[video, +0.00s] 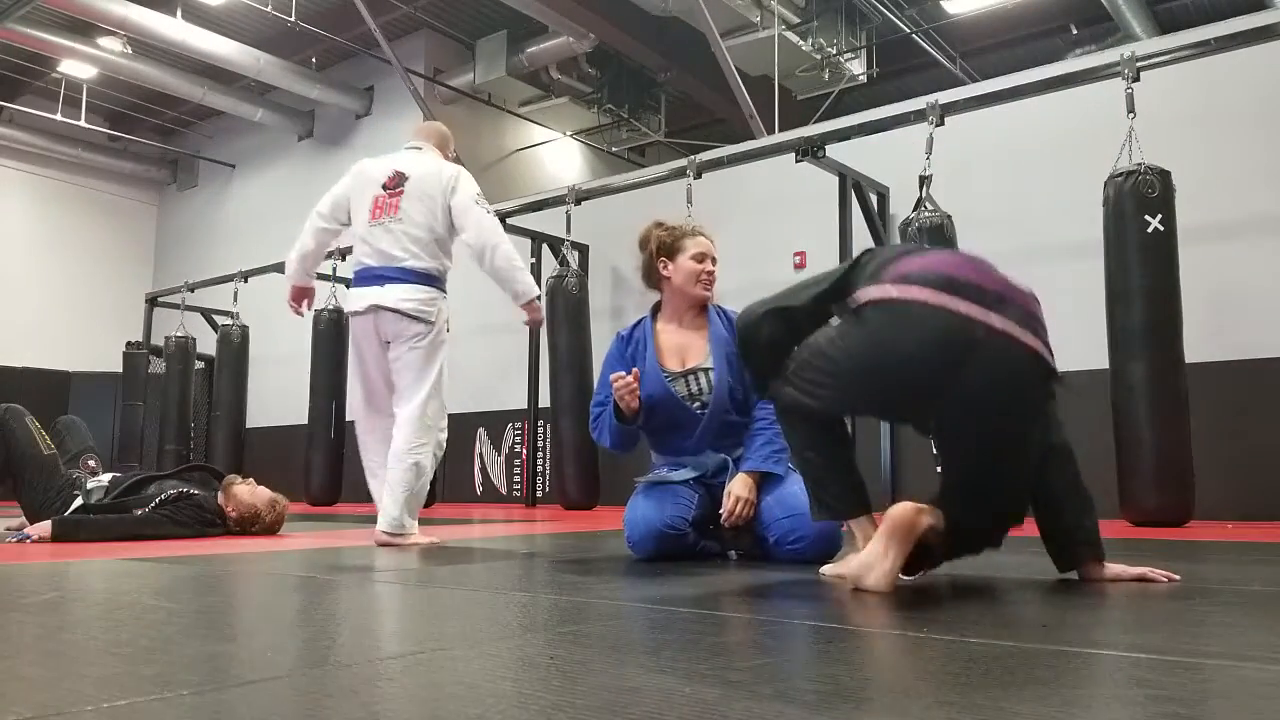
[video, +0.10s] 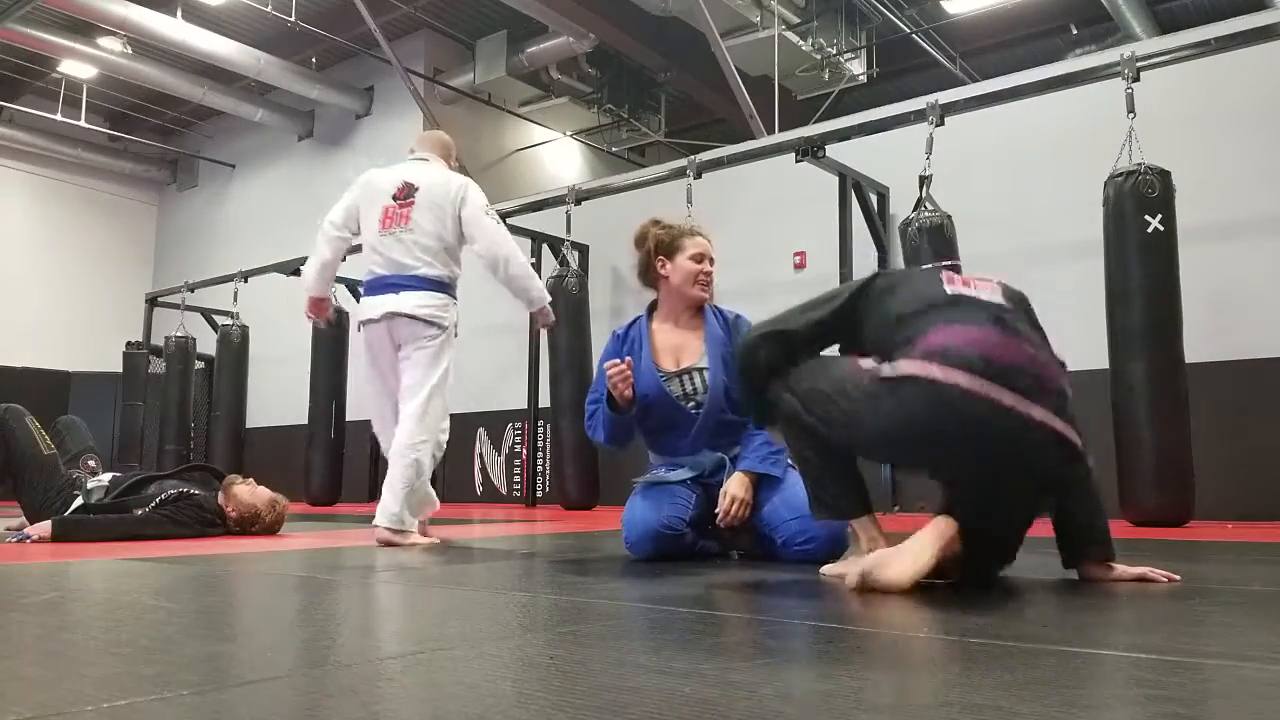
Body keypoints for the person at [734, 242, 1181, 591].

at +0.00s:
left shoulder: (877, 266)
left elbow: (761, 322)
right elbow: (1052, 453)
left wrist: (783, 394)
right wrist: (1088, 561)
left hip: (905, 335)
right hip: (1009, 366)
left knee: (798, 391)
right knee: (979, 521)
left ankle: (865, 543)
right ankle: (916, 526)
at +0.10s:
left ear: (914, 272)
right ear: (968, 279)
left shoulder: (881, 286)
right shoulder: (1016, 306)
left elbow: (761, 347)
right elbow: (1061, 438)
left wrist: (770, 411)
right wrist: (1095, 560)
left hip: (924, 407)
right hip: (1033, 438)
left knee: (791, 388)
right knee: (971, 573)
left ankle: (867, 544)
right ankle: (936, 545)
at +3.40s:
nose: (990, 295)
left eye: (994, 285)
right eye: (994, 286)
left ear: (1012, 276)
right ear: (1073, 288)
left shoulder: (995, 301)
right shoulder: (1144, 348)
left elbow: (867, 343)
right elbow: (1214, 469)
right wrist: (1233, 567)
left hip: (982, 508)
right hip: (1068, 561)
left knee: (875, 371)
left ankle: (848, 537)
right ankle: (930, 554)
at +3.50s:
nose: (984, 299)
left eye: (987, 289)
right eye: (989, 291)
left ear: (1005, 279)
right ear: (1067, 289)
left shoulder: (983, 306)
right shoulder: (1137, 344)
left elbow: (869, 356)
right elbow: (1209, 466)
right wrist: (1232, 565)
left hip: (983, 508)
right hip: (1070, 560)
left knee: (870, 367)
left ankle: (846, 538)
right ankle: (932, 555)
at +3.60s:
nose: (981, 301)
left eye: (984, 292)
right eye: (986, 293)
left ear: (1002, 281)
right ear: (1063, 290)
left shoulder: (981, 310)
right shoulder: (1134, 342)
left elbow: (867, 358)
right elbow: (1200, 461)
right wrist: (1232, 564)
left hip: (980, 508)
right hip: (1067, 561)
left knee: (870, 367)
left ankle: (846, 538)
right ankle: (931, 552)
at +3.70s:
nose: (981, 298)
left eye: (985, 288)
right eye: (986, 289)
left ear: (1004, 279)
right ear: (1065, 288)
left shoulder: (977, 307)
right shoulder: (1134, 342)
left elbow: (868, 362)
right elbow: (1195, 459)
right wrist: (1232, 562)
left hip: (979, 505)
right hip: (1065, 560)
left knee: (872, 365)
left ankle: (845, 537)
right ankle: (933, 552)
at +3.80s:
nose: (983, 298)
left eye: (986, 289)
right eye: (987, 291)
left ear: (1005, 277)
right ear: (1064, 284)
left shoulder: (981, 305)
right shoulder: (1135, 341)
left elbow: (874, 358)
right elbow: (1192, 459)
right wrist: (1230, 561)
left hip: (982, 505)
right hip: (1067, 560)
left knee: (884, 367)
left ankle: (846, 537)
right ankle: (933, 550)